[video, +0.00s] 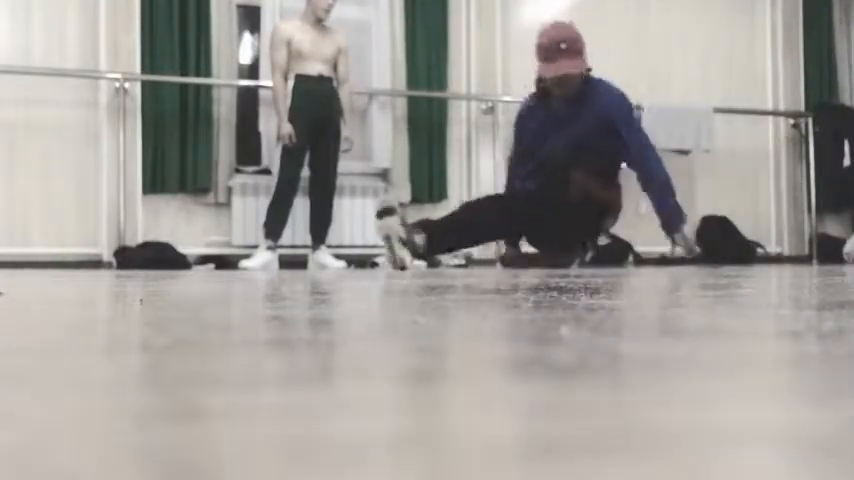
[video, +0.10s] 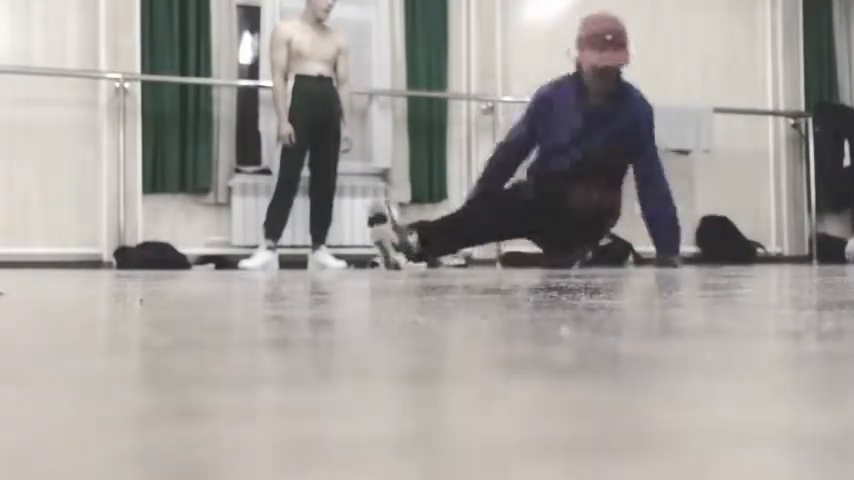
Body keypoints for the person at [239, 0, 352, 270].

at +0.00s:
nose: (329, 6)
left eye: (332, 3)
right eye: (325, 1)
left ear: (331, 7)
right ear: (310, 2)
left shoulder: (336, 39)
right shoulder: (285, 30)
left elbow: (342, 83)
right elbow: (278, 76)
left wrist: (346, 126)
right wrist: (283, 120)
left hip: (328, 99)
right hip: (299, 96)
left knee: (325, 180)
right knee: (288, 178)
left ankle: (319, 251)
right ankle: (268, 248)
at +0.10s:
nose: (329, 6)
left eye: (332, 3)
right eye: (324, 1)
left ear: (331, 7)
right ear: (310, 2)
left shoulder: (336, 39)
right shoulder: (285, 30)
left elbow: (342, 83)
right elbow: (278, 76)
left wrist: (345, 127)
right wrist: (283, 120)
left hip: (328, 100)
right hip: (299, 96)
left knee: (325, 180)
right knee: (288, 178)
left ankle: (319, 250)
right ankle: (268, 248)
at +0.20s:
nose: (328, 6)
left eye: (331, 2)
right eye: (324, 1)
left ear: (331, 7)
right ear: (310, 2)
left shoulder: (336, 38)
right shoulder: (285, 30)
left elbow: (342, 83)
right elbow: (278, 77)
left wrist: (345, 127)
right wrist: (282, 120)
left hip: (328, 100)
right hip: (299, 96)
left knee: (325, 180)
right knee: (288, 178)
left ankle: (319, 250)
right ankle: (268, 248)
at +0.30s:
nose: (329, 6)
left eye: (331, 3)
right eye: (324, 1)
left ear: (331, 7)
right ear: (310, 2)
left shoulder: (336, 39)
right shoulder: (285, 31)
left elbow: (342, 84)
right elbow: (278, 77)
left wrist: (344, 127)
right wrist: (283, 120)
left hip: (328, 100)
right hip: (299, 96)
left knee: (325, 180)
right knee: (288, 178)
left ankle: (319, 250)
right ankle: (268, 248)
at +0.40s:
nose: (329, 6)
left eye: (331, 3)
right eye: (324, 1)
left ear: (330, 7)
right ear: (310, 2)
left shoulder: (336, 39)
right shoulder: (285, 31)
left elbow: (342, 84)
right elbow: (278, 77)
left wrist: (344, 127)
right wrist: (283, 120)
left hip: (328, 100)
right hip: (299, 96)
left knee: (325, 180)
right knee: (288, 177)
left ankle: (319, 250)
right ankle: (268, 248)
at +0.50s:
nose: (328, 5)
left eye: (331, 2)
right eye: (324, 0)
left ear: (331, 6)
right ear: (309, 1)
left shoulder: (336, 39)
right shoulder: (285, 31)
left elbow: (343, 84)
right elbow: (277, 78)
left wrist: (345, 128)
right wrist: (283, 120)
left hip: (328, 100)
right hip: (299, 97)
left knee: (325, 180)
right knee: (288, 177)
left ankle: (319, 250)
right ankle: (268, 248)